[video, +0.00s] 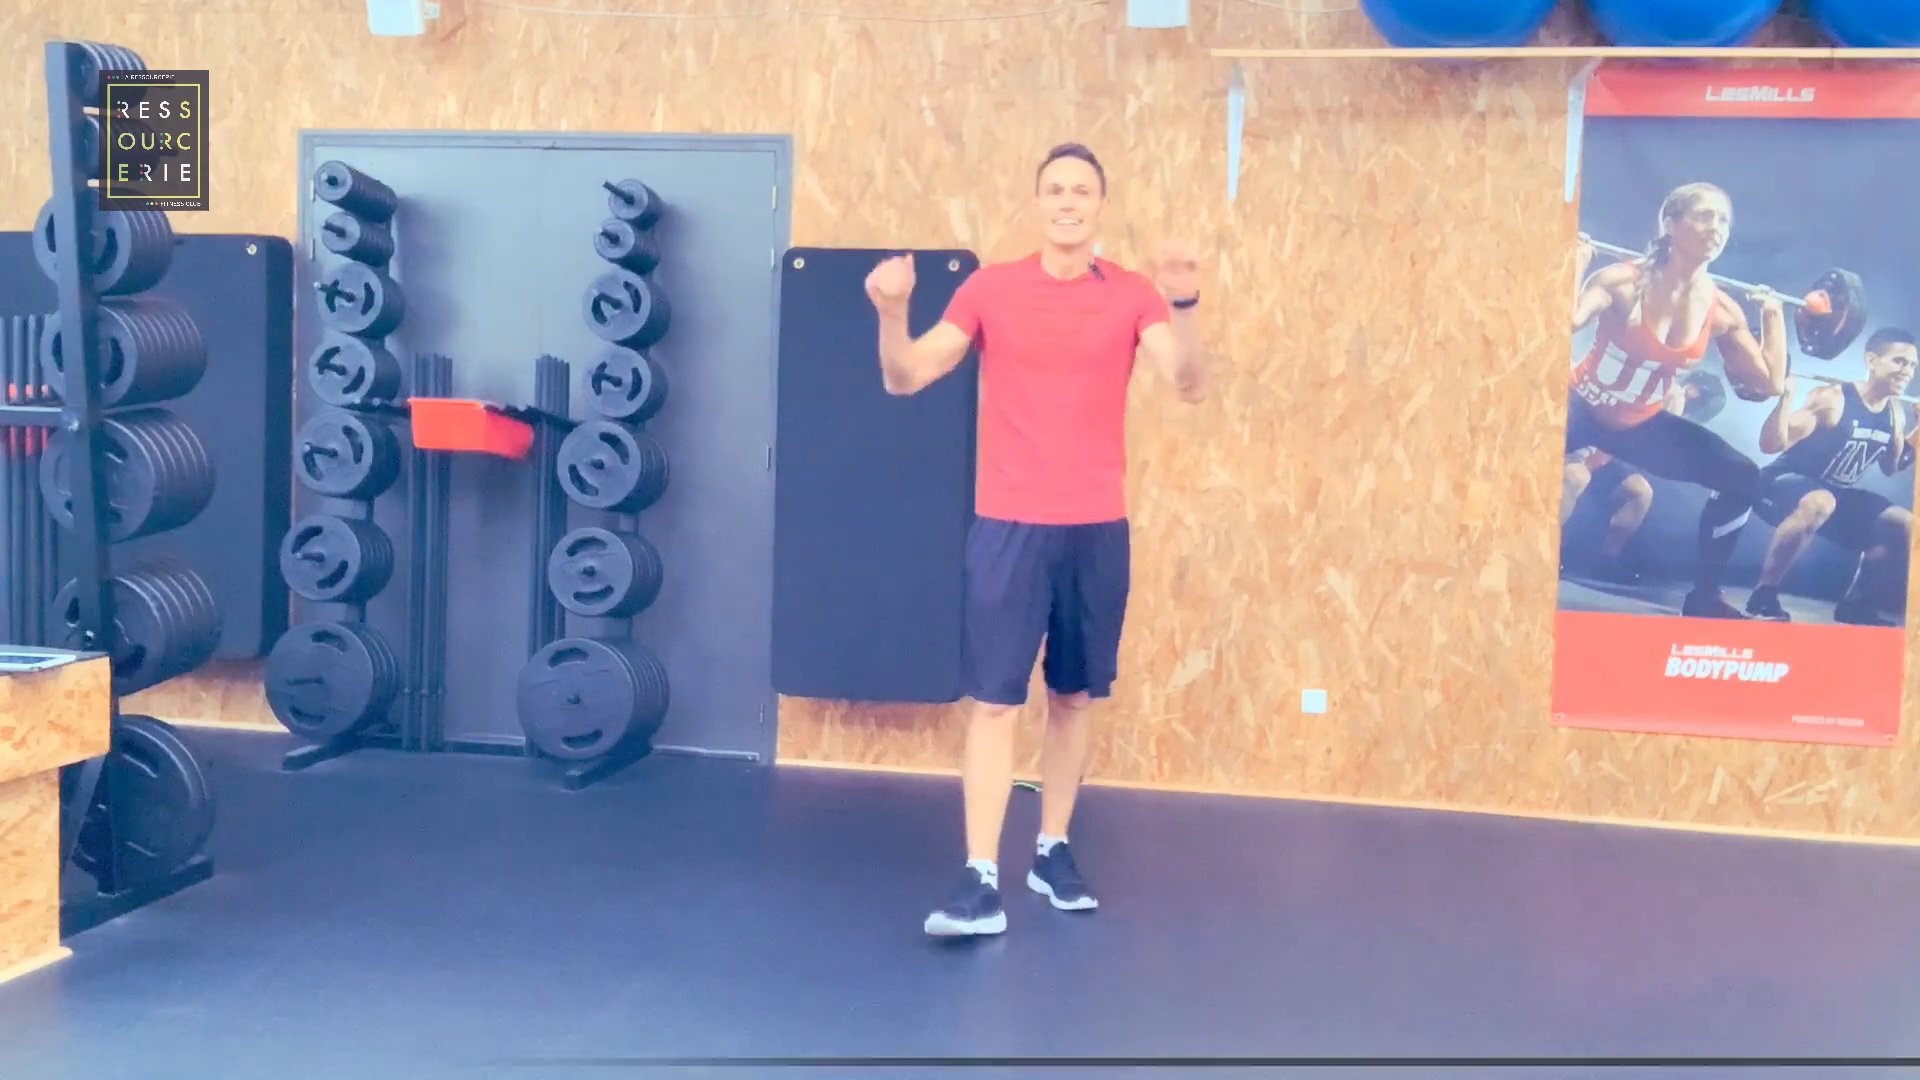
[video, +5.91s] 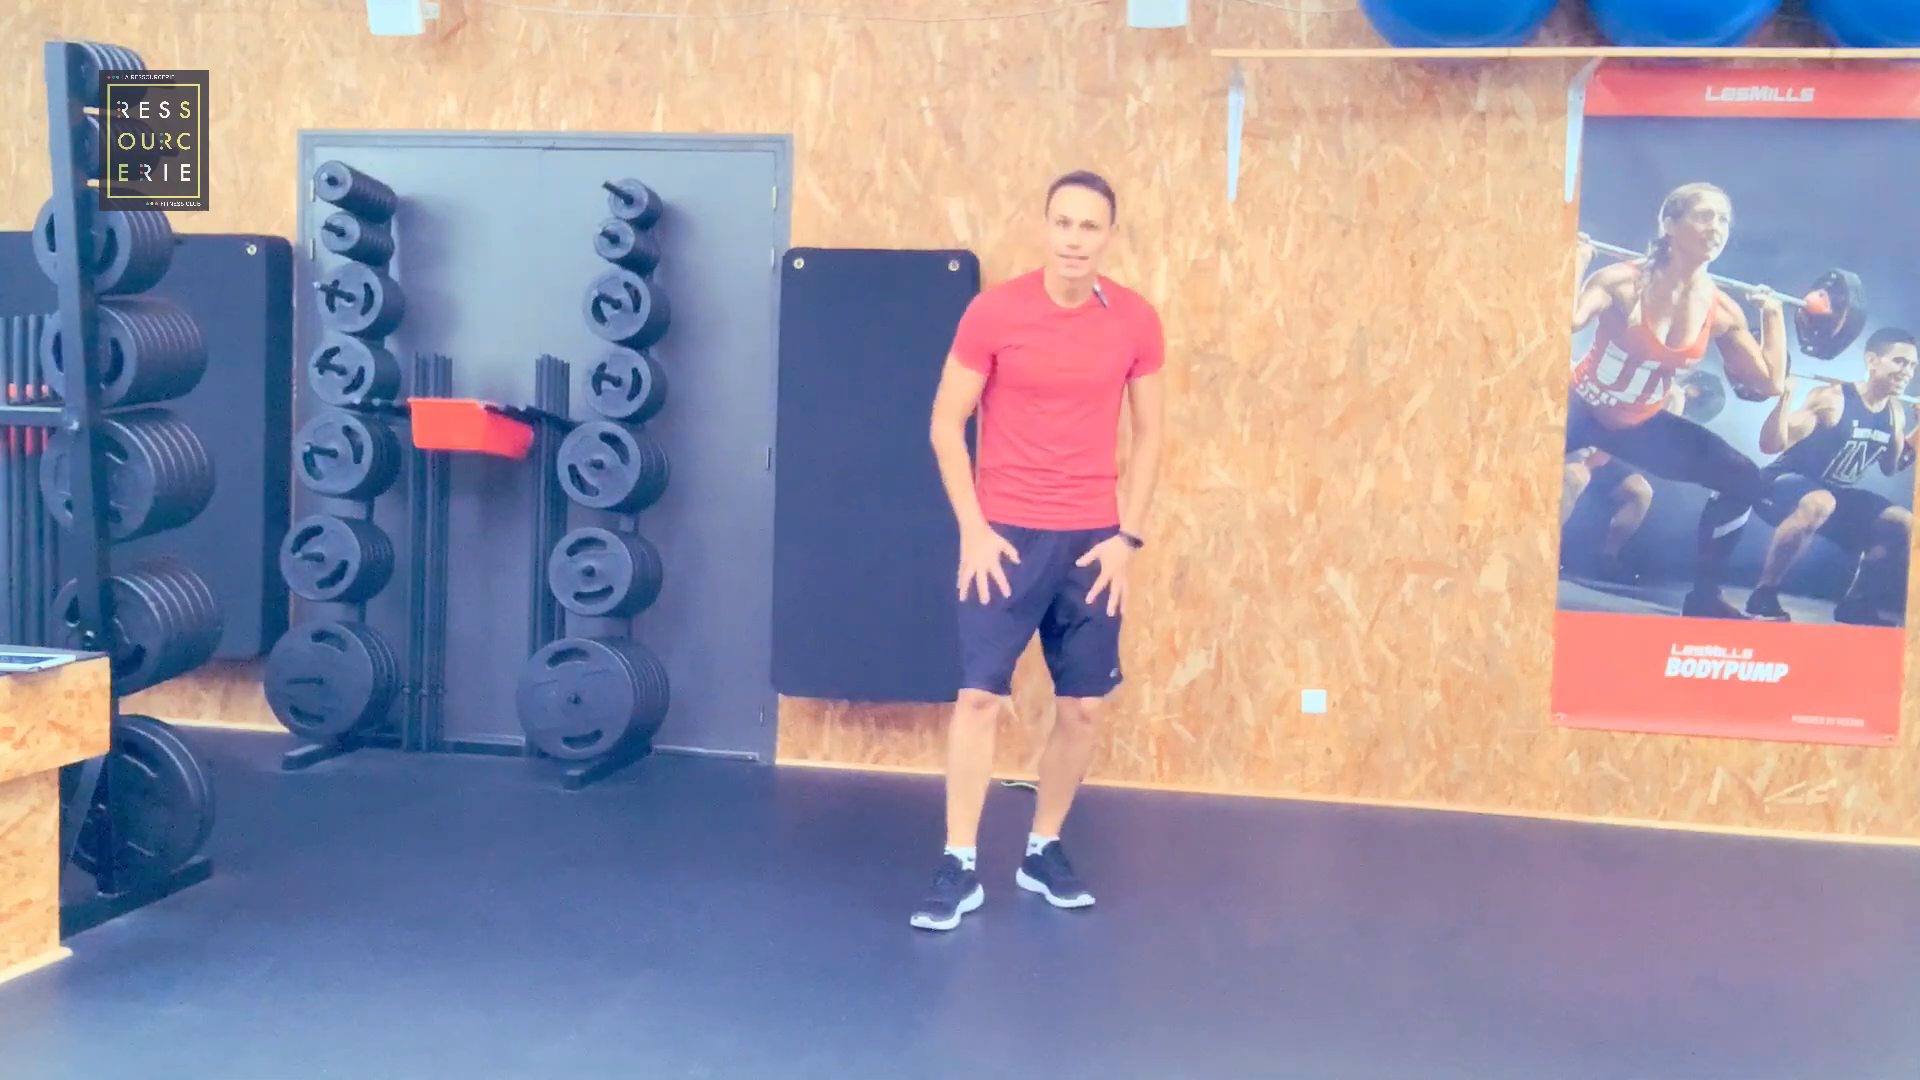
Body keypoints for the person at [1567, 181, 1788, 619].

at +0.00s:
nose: (1716, 228)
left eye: (1724, 221)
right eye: (1704, 216)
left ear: (1728, 234)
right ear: (1670, 223)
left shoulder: (1722, 310)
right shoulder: (1620, 279)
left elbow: (1768, 386)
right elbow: (1559, 324)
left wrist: (1773, 312)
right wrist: (1573, 269)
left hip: (1644, 425)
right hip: (1579, 409)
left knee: (1741, 477)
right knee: (1515, 447)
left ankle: (1705, 596)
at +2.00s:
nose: (1716, 228)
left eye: (1724, 221)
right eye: (1704, 216)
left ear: (1728, 234)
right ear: (1670, 224)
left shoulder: (1722, 310)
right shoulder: (1620, 279)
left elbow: (1768, 386)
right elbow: (1559, 324)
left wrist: (1773, 312)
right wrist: (1573, 269)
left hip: (1644, 425)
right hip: (1579, 408)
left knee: (1741, 477)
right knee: (1515, 447)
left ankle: (1705, 597)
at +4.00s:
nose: (1716, 228)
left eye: (1724, 221)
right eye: (1704, 216)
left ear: (1728, 233)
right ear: (1671, 224)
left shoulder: (1722, 310)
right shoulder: (1620, 279)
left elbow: (1769, 385)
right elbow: (1559, 325)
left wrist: (1773, 312)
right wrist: (1573, 269)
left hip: (1644, 425)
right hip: (1579, 408)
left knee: (1741, 477)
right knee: (1516, 445)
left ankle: (1705, 597)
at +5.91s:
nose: (1717, 228)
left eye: (1724, 220)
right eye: (1705, 216)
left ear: (1728, 233)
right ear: (1670, 224)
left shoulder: (1722, 310)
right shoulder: (1620, 279)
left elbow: (1770, 385)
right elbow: (1558, 325)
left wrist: (1773, 313)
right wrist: (1573, 269)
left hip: (1644, 425)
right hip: (1579, 410)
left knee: (1742, 477)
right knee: (1512, 452)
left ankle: (1705, 597)